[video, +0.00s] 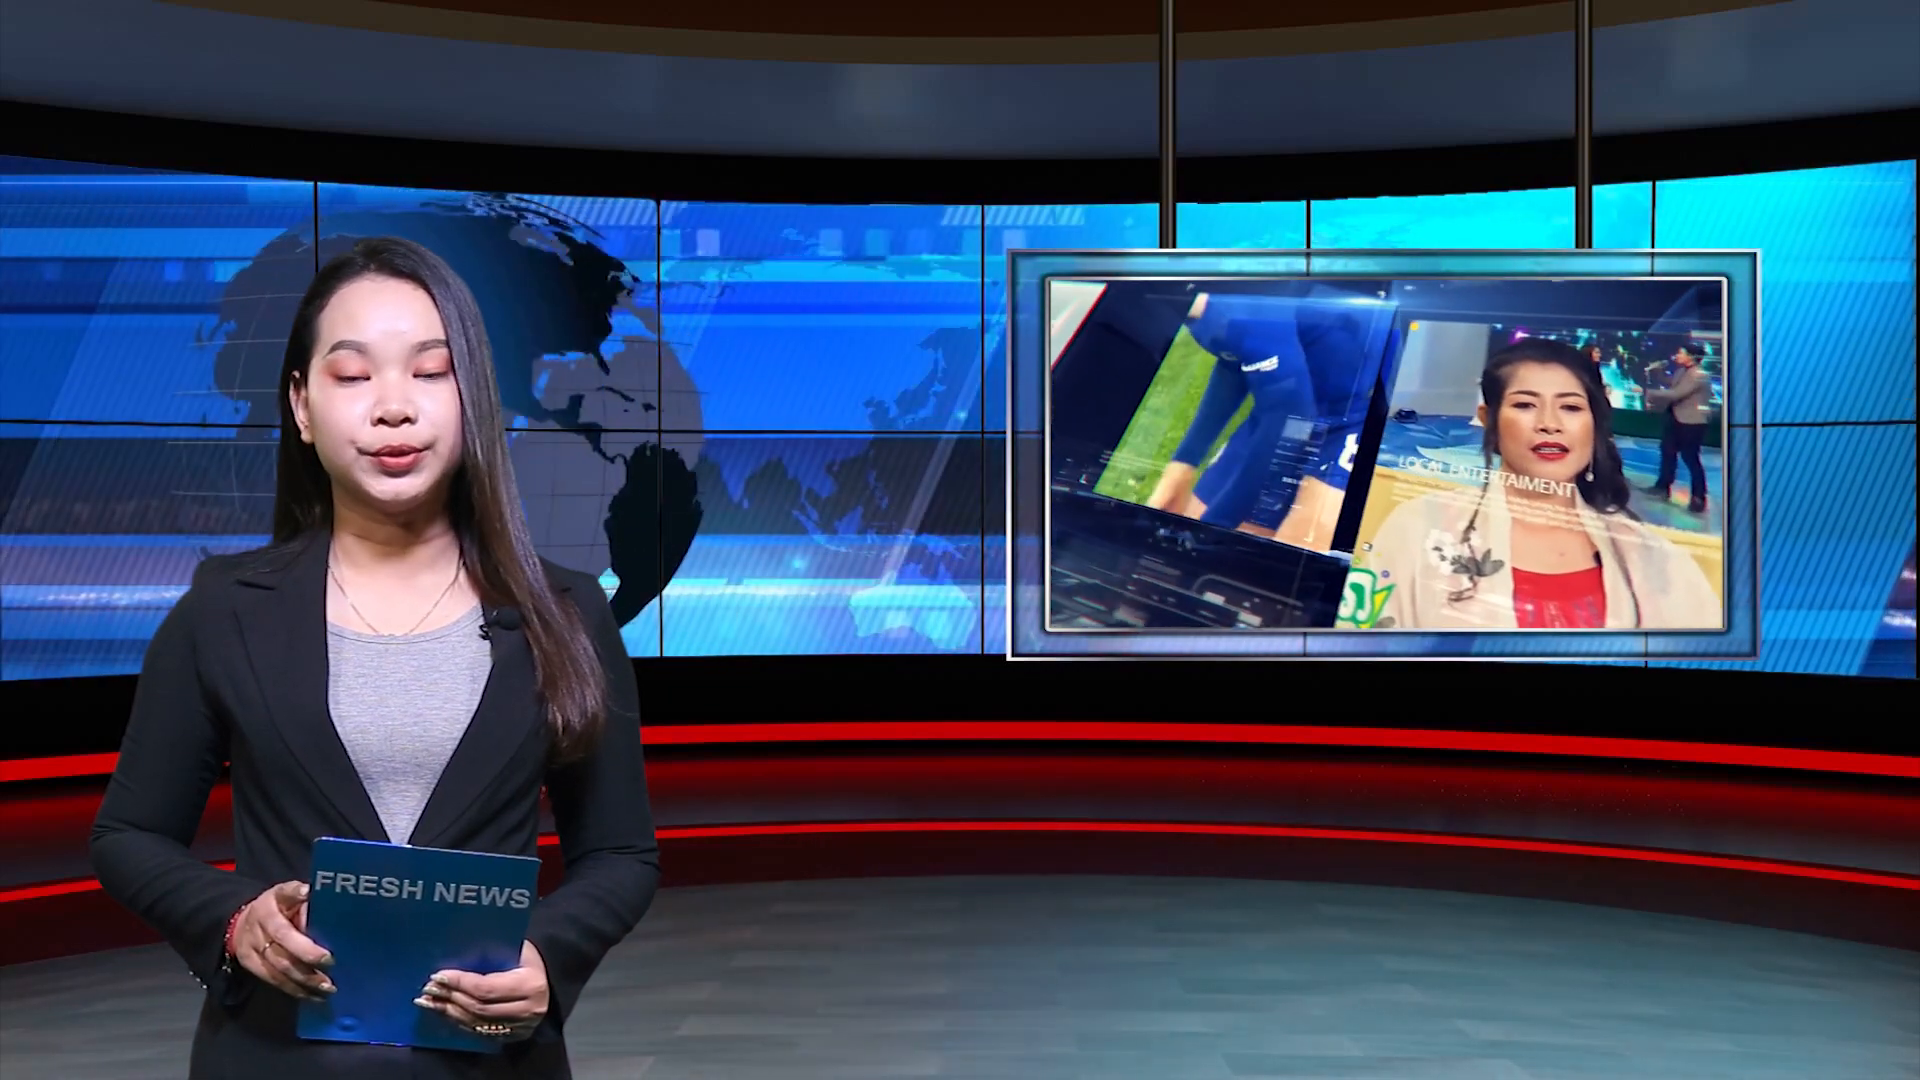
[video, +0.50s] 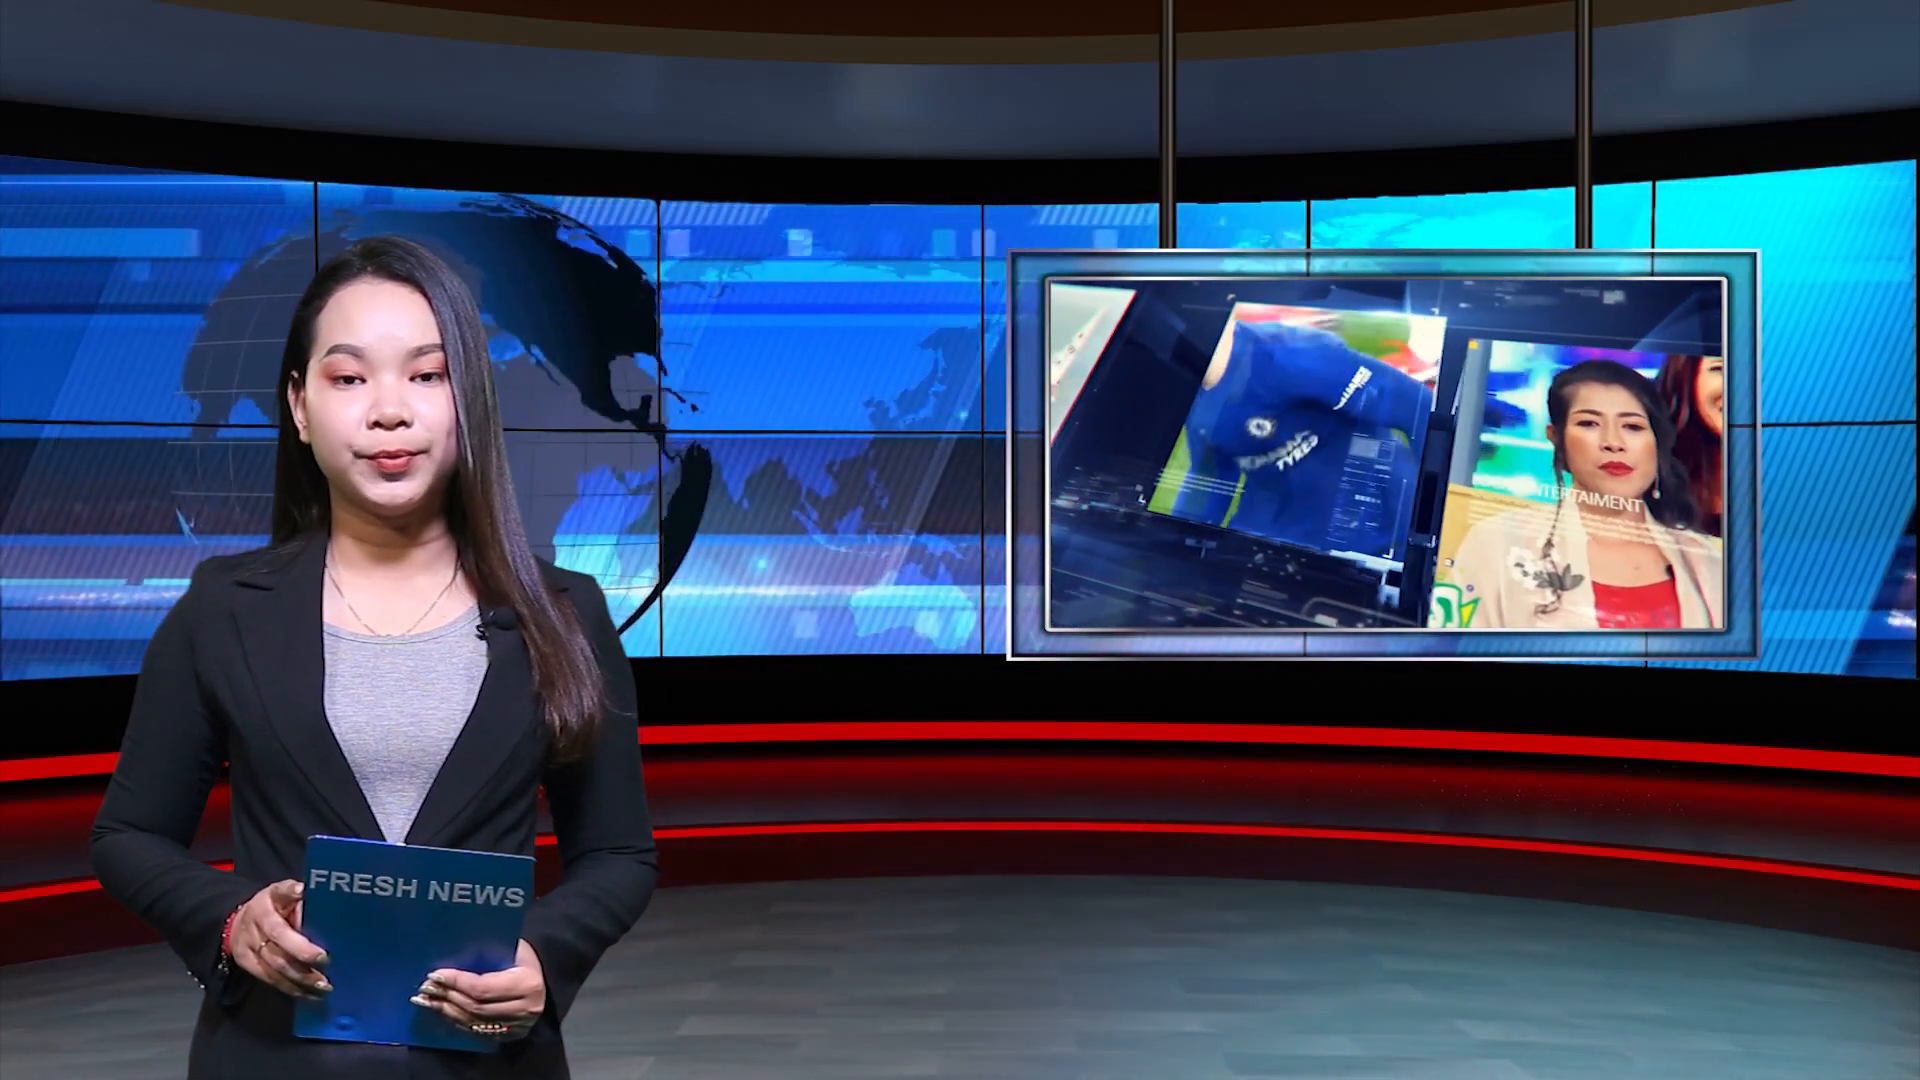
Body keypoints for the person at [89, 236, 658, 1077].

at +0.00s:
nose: (394, 406)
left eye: (429, 370)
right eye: (352, 373)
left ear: (471, 398)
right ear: (302, 406)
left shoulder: (561, 615)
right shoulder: (227, 610)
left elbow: (619, 855)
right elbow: (129, 836)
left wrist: (545, 961)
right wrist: (230, 918)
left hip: (491, 1052)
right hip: (276, 1054)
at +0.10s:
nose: (391, 408)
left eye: (426, 372)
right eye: (350, 374)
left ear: (470, 399)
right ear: (302, 406)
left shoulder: (561, 613)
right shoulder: (226, 611)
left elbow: (620, 854)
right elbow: (129, 837)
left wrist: (544, 960)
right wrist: (229, 916)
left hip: (490, 1051)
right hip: (276, 1053)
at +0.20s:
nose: (390, 408)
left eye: (425, 372)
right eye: (348, 376)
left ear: (469, 397)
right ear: (301, 407)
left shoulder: (562, 614)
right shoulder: (226, 611)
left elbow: (619, 855)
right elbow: (129, 837)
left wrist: (543, 961)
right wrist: (229, 916)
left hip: (490, 1050)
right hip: (276, 1053)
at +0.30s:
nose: (389, 409)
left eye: (424, 373)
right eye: (347, 376)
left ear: (468, 398)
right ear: (299, 408)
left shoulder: (562, 613)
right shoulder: (225, 612)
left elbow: (618, 855)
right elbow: (129, 837)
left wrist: (541, 961)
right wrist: (228, 916)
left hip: (489, 1051)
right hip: (275, 1053)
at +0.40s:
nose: (388, 409)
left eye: (424, 373)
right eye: (347, 376)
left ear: (467, 398)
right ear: (300, 408)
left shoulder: (561, 613)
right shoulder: (225, 611)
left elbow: (617, 855)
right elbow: (129, 837)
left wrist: (541, 961)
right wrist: (228, 916)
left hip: (488, 1050)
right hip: (275, 1053)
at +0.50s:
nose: (389, 409)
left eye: (424, 373)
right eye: (348, 376)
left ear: (467, 399)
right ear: (300, 408)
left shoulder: (560, 614)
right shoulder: (225, 612)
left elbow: (617, 855)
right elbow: (128, 837)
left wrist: (541, 961)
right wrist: (227, 916)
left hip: (488, 1050)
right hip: (275, 1053)